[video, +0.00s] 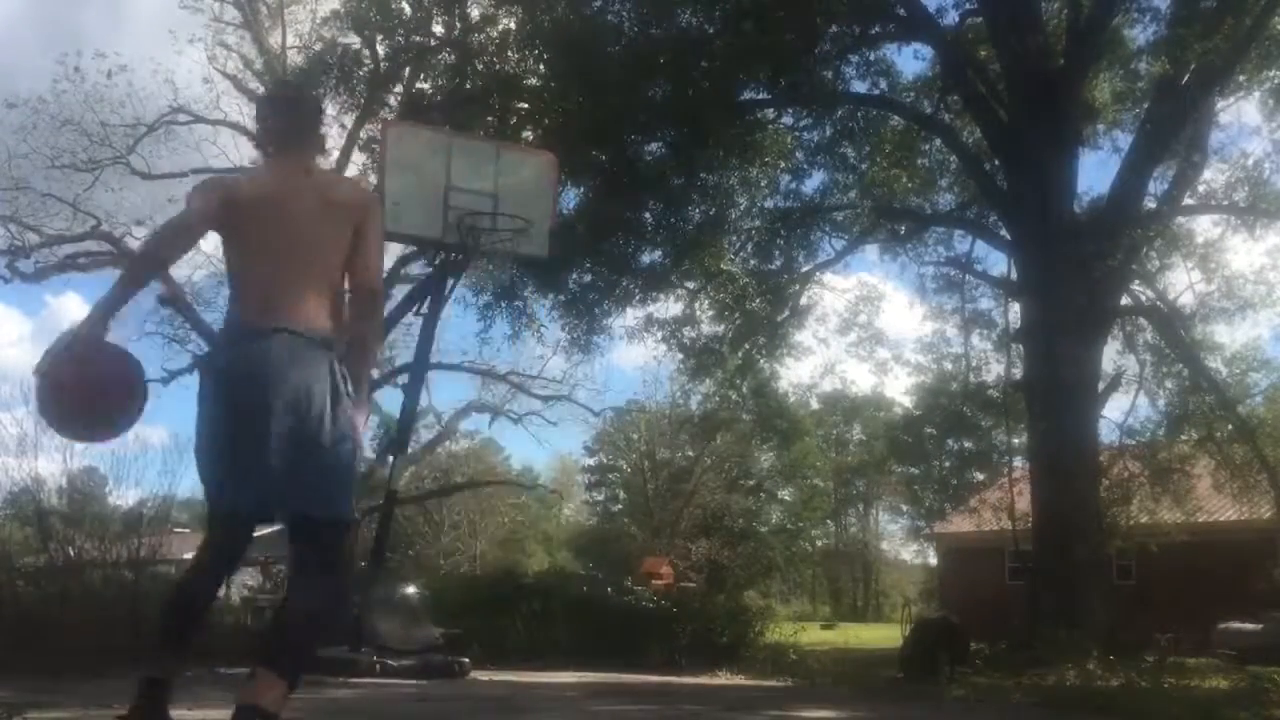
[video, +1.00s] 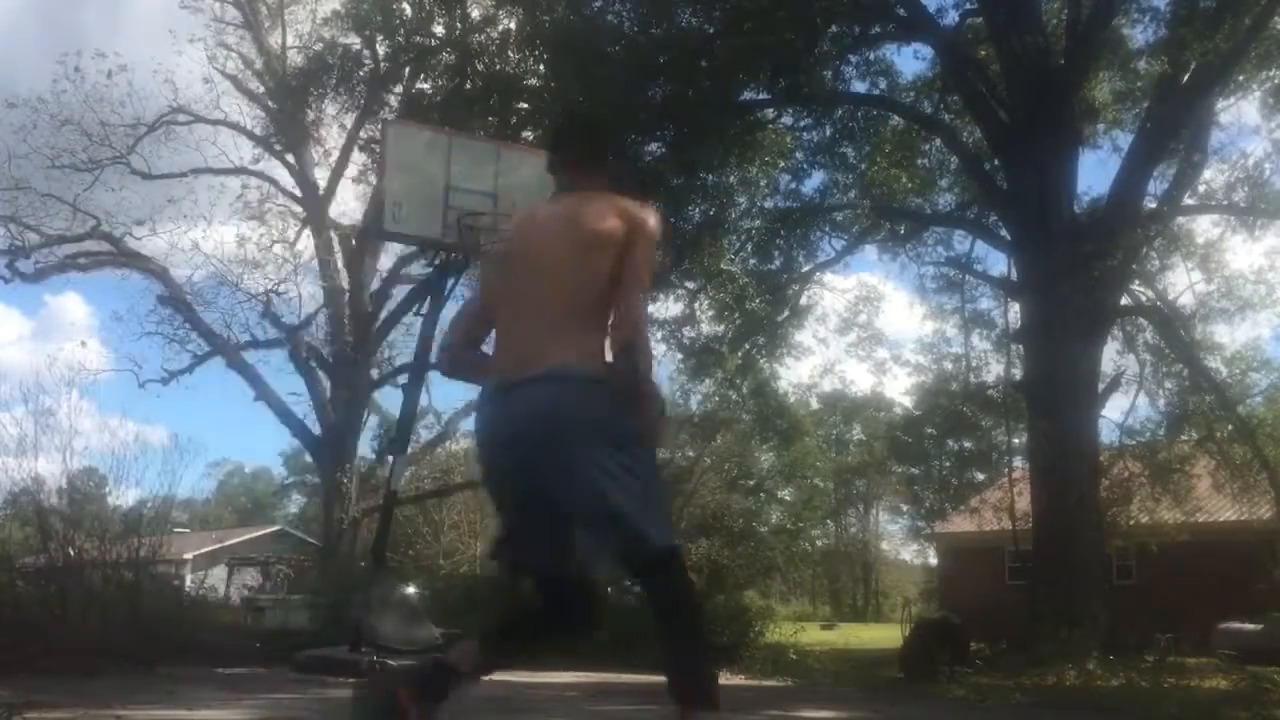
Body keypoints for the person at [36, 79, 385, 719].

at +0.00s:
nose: (262, 137)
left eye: (261, 126)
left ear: (262, 132)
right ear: (320, 134)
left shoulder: (228, 190)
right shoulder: (357, 196)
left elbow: (158, 253)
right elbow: (368, 299)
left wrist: (94, 321)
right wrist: (357, 392)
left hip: (235, 371)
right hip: (313, 376)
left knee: (222, 542)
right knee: (318, 564)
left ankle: (152, 692)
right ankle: (259, 707)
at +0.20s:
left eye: (216, 247)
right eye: (263, 246)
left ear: (210, 252)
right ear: (267, 252)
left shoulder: (176, 309)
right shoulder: (298, 311)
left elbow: (136, 419)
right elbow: (295, 428)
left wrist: (118, 508)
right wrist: (273, 497)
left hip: (154, 471)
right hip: (233, 476)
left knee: (135, 607)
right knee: (302, 619)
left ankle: (71, 710)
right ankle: (249, 707)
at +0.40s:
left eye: (277, 195)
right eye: (332, 195)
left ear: (275, 200)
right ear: (333, 198)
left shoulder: (240, 252)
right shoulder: (365, 255)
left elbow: (139, 305)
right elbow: (440, 353)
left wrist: (81, 374)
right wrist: (377, 372)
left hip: (206, 416)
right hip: (286, 425)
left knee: (157, 577)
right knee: (331, 611)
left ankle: (96, 707)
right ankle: (222, 711)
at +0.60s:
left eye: (344, 98)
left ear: (336, 103)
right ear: (394, 102)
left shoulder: (294, 163)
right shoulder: (427, 170)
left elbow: (231, 254)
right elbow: (479, 286)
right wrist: (443, 269)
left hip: (283, 343)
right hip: (365, 352)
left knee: (271, 534)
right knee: (357, 553)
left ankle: (197, 701)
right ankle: (276, 705)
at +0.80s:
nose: (416, 132)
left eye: (410, 121)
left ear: (404, 127)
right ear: (465, 125)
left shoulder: (363, 211)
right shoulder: (501, 204)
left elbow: (350, 314)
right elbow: (497, 325)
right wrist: (434, 288)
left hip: (362, 394)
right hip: (450, 397)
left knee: (305, 589)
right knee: (528, 565)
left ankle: (208, 708)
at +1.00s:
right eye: (627, 174)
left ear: (554, 172)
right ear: (617, 168)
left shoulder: (515, 232)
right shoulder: (636, 217)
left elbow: (453, 354)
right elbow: (628, 326)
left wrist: (523, 375)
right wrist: (646, 398)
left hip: (502, 415)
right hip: (586, 405)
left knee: (562, 603)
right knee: (663, 573)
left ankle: (440, 677)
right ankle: (699, 706)